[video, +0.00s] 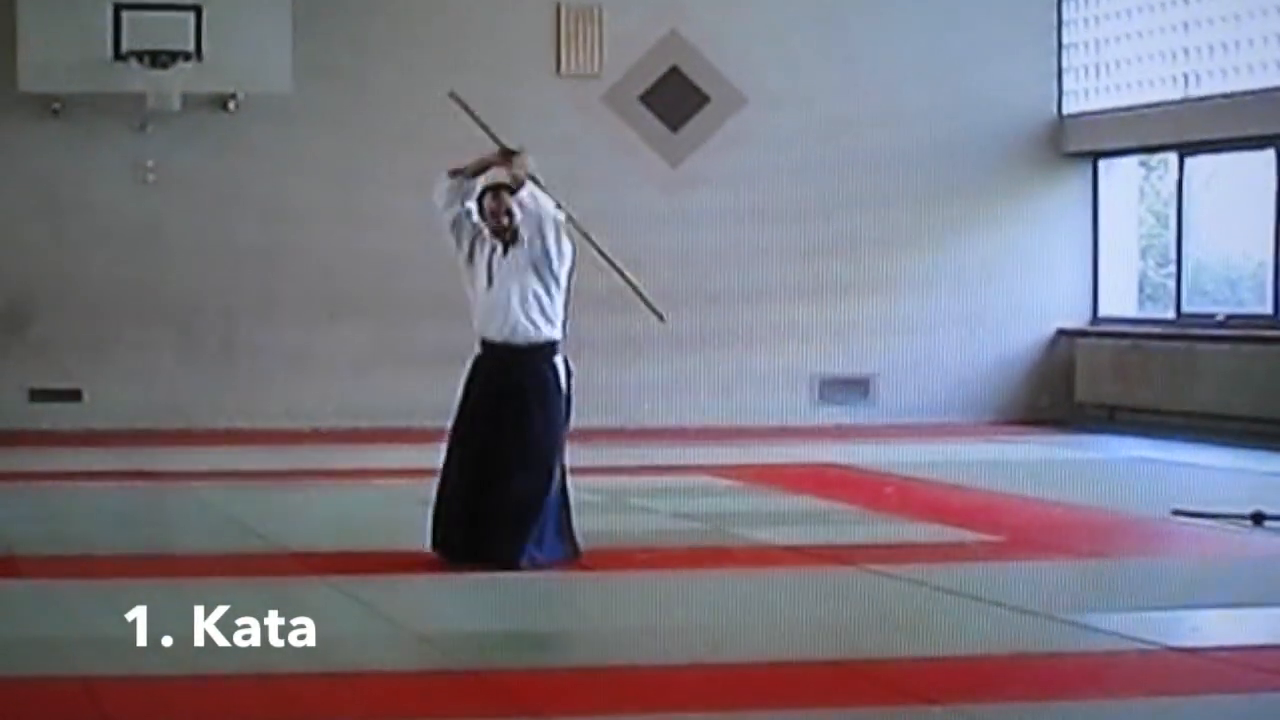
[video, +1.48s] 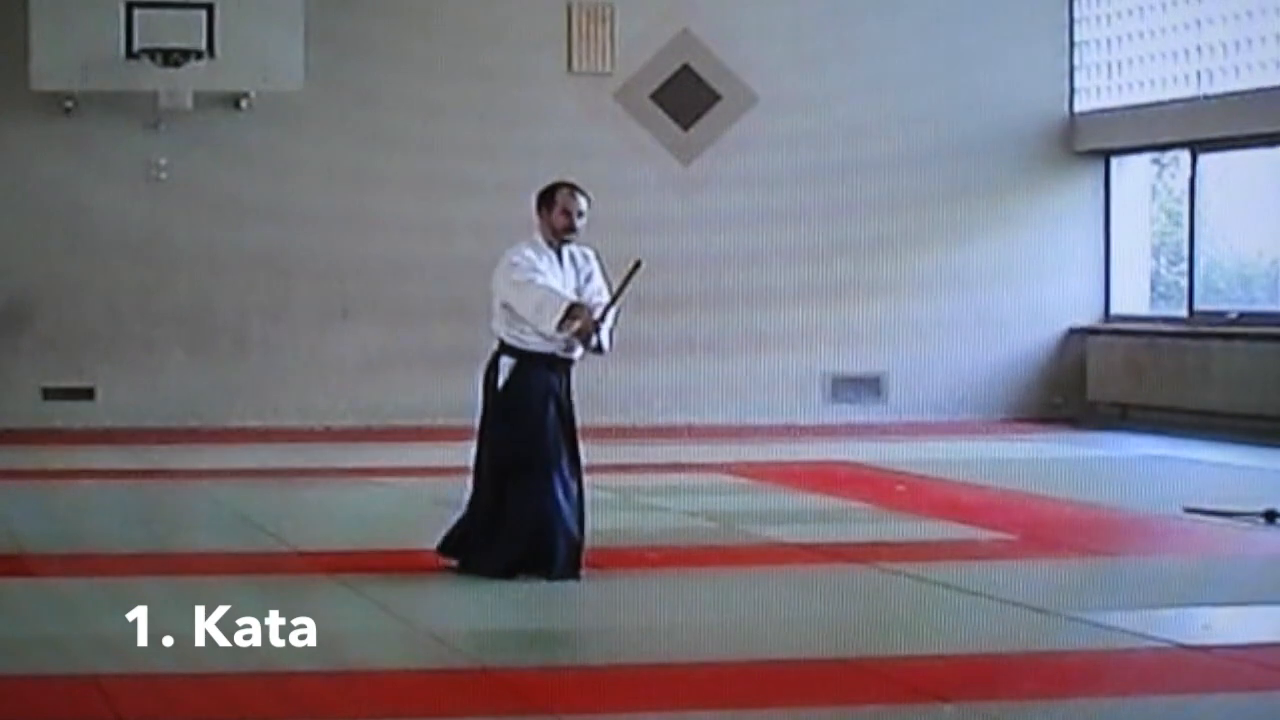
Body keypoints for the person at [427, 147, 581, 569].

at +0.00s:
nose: (497, 217)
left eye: (503, 209)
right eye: (490, 212)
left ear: (519, 210)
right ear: (481, 216)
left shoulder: (546, 249)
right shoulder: (478, 249)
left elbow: (547, 220)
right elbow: (448, 202)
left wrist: (523, 184)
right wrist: (485, 165)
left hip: (536, 358)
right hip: (491, 356)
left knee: (531, 458)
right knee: (472, 450)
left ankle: (526, 546)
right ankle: (465, 544)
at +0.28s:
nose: (525, 209)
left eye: (531, 202)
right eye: (516, 203)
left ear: (543, 205)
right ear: (502, 209)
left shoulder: (565, 246)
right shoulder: (489, 246)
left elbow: (595, 199)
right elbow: (462, 189)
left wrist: (559, 161)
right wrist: (510, 160)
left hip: (551, 363)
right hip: (500, 359)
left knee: (548, 465)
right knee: (487, 460)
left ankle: (540, 553)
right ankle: (474, 548)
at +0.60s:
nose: (535, 218)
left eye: (542, 210)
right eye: (526, 210)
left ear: (551, 216)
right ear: (511, 215)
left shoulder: (562, 263)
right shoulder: (498, 260)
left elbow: (592, 266)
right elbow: (477, 251)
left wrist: (578, 216)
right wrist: (516, 208)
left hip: (554, 367)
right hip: (507, 365)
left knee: (564, 462)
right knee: (510, 461)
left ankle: (540, 553)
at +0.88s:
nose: (543, 218)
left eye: (548, 210)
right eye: (535, 210)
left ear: (556, 215)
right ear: (516, 214)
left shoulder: (567, 261)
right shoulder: (493, 258)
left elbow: (588, 300)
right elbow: (500, 295)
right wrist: (550, 286)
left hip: (551, 368)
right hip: (509, 369)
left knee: (561, 463)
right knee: (526, 466)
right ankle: (547, 562)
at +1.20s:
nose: (555, 217)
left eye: (561, 210)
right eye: (547, 209)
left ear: (566, 215)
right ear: (526, 210)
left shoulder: (572, 259)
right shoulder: (504, 260)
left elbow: (592, 304)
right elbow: (526, 295)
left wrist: (585, 330)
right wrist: (562, 315)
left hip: (548, 369)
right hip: (509, 369)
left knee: (550, 462)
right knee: (518, 462)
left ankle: (552, 554)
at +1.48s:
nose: (573, 222)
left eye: (579, 215)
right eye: (566, 213)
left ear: (583, 220)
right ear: (544, 214)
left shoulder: (584, 260)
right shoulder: (519, 262)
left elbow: (604, 307)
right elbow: (537, 298)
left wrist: (595, 328)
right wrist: (573, 314)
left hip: (557, 370)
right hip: (520, 370)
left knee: (556, 462)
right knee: (541, 462)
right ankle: (551, 553)